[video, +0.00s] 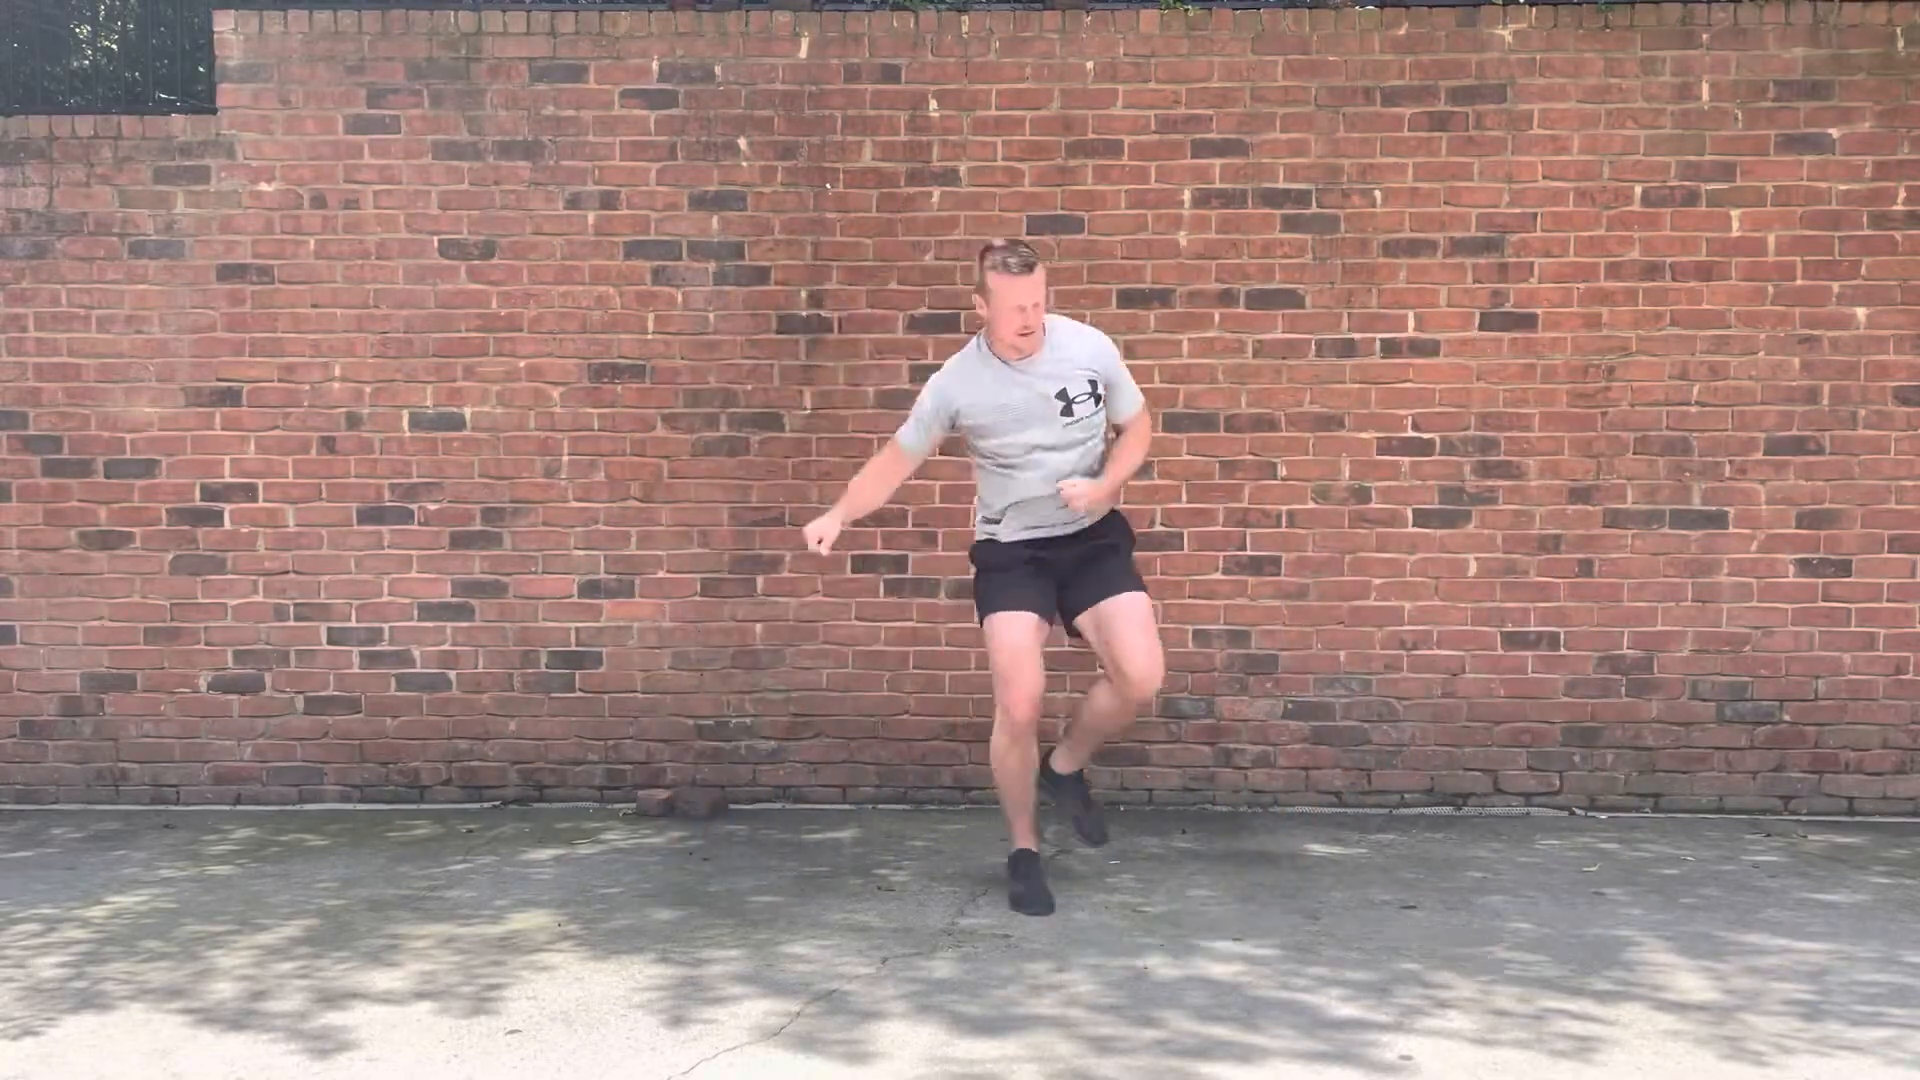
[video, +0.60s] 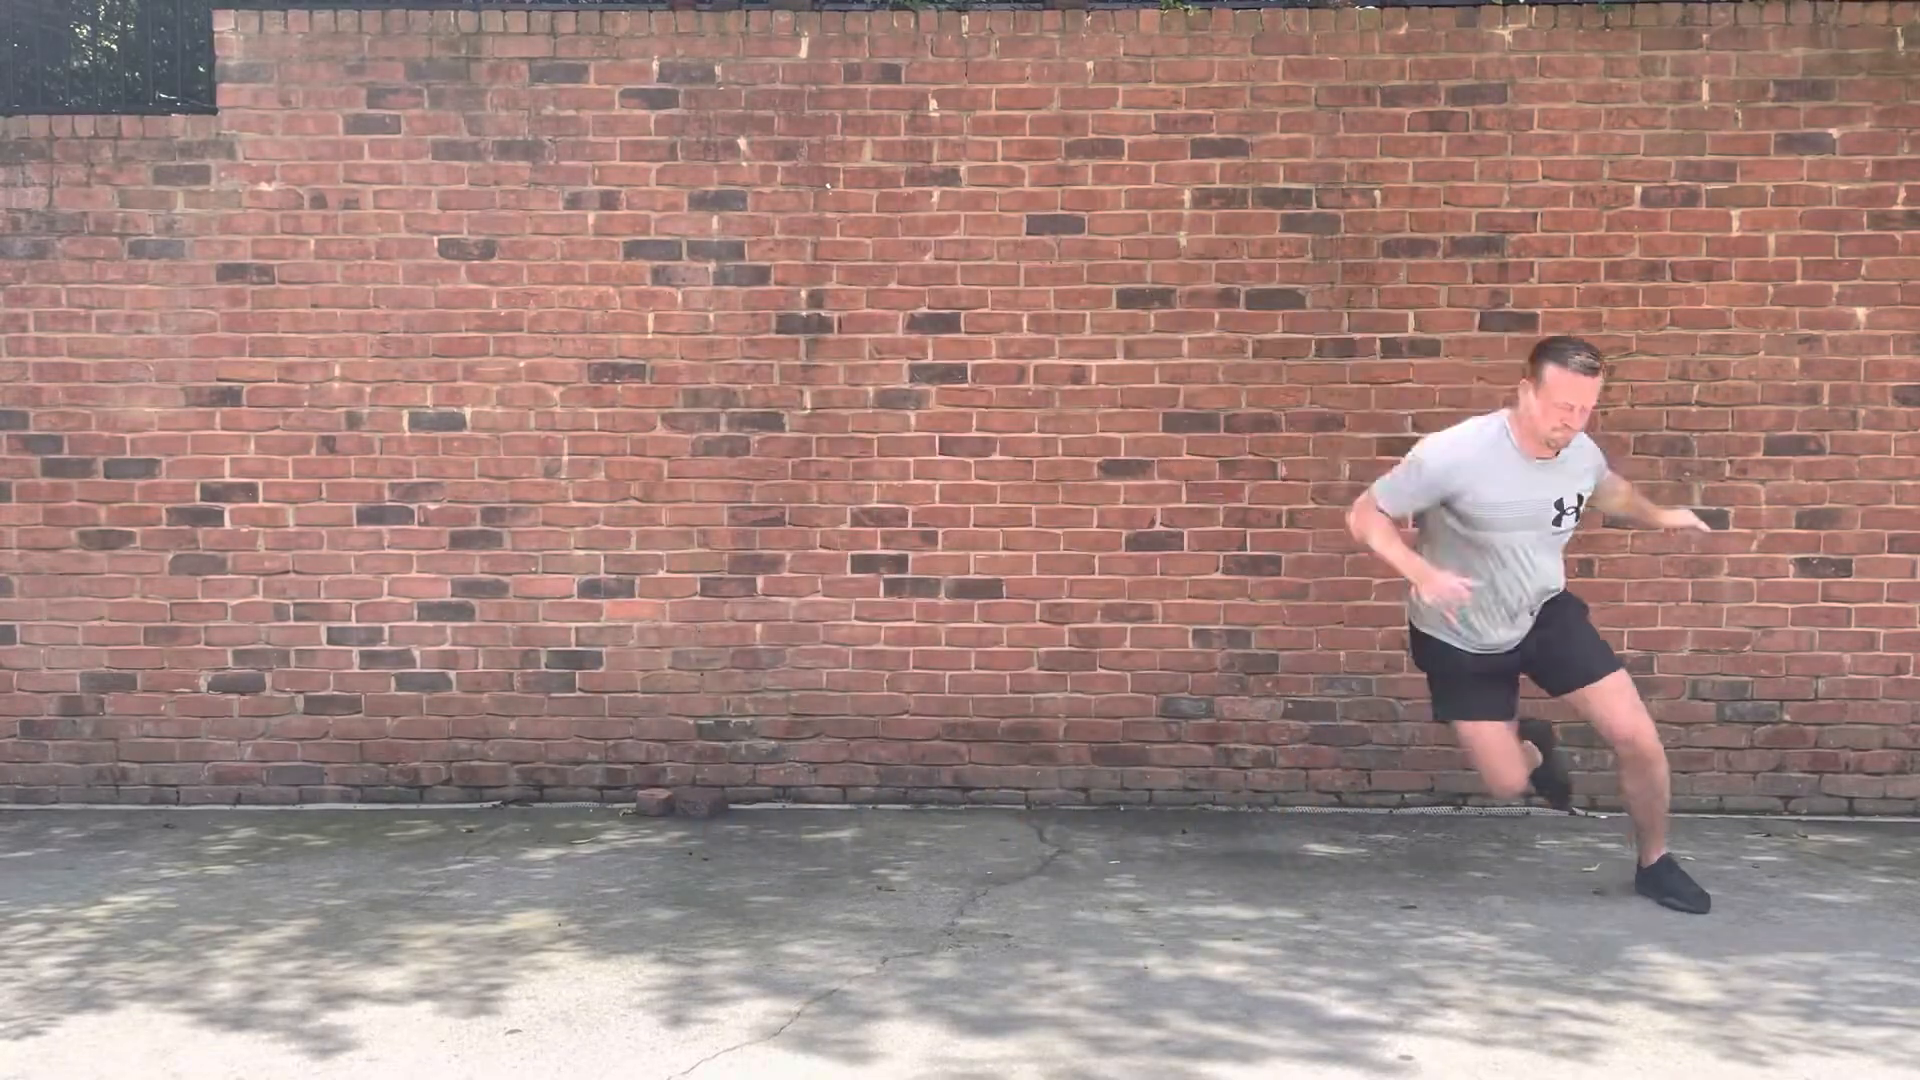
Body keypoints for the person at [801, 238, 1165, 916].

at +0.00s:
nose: (1029, 319)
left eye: (1037, 304)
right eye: (1013, 307)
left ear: (1048, 297)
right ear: (982, 306)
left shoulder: (1089, 348)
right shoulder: (954, 384)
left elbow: (1136, 423)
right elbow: (895, 459)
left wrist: (1106, 486)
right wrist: (839, 514)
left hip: (1095, 537)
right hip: (1011, 549)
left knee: (1141, 677)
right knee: (1020, 708)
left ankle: (1065, 767)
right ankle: (1024, 850)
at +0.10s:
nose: (1089, 348)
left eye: (1096, 332)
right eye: (1073, 335)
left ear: (1105, 325)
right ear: (1039, 335)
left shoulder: (1149, 374)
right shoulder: (1015, 422)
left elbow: (1224, 430)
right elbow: (955, 508)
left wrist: (1208, 461)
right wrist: (918, 550)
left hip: (1157, 556)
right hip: (1070, 573)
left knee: (1250, 670)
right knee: (1055, 719)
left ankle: (1191, 783)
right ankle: (1033, 853)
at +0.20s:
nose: (1176, 309)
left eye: (1184, 294)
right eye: (1161, 296)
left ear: (1193, 289)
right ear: (1125, 298)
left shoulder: (1228, 331)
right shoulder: (1094, 382)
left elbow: (1320, 355)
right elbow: (1035, 458)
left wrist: (1310, 392)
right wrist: (1016, 496)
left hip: (1243, 523)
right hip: (1150, 549)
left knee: (1358, 624)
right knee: (1103, 687)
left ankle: (1325, 737)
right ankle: (1042, 847)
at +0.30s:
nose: (1272, 285)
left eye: (1281, 270)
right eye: (1257, 272)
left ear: (1291, 262)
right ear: (1222, 264)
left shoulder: (1319, 305)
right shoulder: (1186, 346)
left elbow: (1405, 325)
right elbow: (1107, 413)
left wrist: (1472, 373)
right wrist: (1086, 448)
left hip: (1330, 499)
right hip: (1232, 521)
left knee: (1451, 613)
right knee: (1173, 669)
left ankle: (1449, 722)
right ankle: (1133, 804)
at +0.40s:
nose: (1372, 302)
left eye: (1380, 287)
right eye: (1361, 287)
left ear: (1389, 280)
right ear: (1320, 280)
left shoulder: (1415, 320)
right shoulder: (1272, 348)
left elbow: (1487, 345)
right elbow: (1176, 397)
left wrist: (1574, 372)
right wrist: (1153, 432)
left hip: (1412, 517)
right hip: (1314, 531)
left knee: (1513, 649)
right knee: (1268, 693)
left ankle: (1564, 774)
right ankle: (1277, 757)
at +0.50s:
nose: (1477, 356)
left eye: (1488, 343)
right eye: (1466, 341)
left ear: (1497, 337)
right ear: (1428, 329)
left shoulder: (1510, 374)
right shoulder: (1374, 389)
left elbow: (1549, 390)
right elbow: (1268, 413)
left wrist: (1602, 406)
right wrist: (1258, 449)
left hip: (1492, 569)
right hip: (1397, 579)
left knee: (1574, 709)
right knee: (1378, 745)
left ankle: (1643, 849)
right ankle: (1410, 733)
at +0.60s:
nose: (1574, 422)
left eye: (1585, 409)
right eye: (1563, 406)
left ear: (1594, 404)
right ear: (1526, 391)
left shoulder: (1582, 456)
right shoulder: (1453, 454)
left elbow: (1612, 494)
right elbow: (1363, 514)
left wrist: (1662, 517)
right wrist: (1420, 572)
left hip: (1541, 613)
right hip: (1457, 636)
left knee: (1637, 735)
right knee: (1505, 784)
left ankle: (1655, 860)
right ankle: (1533, 751)